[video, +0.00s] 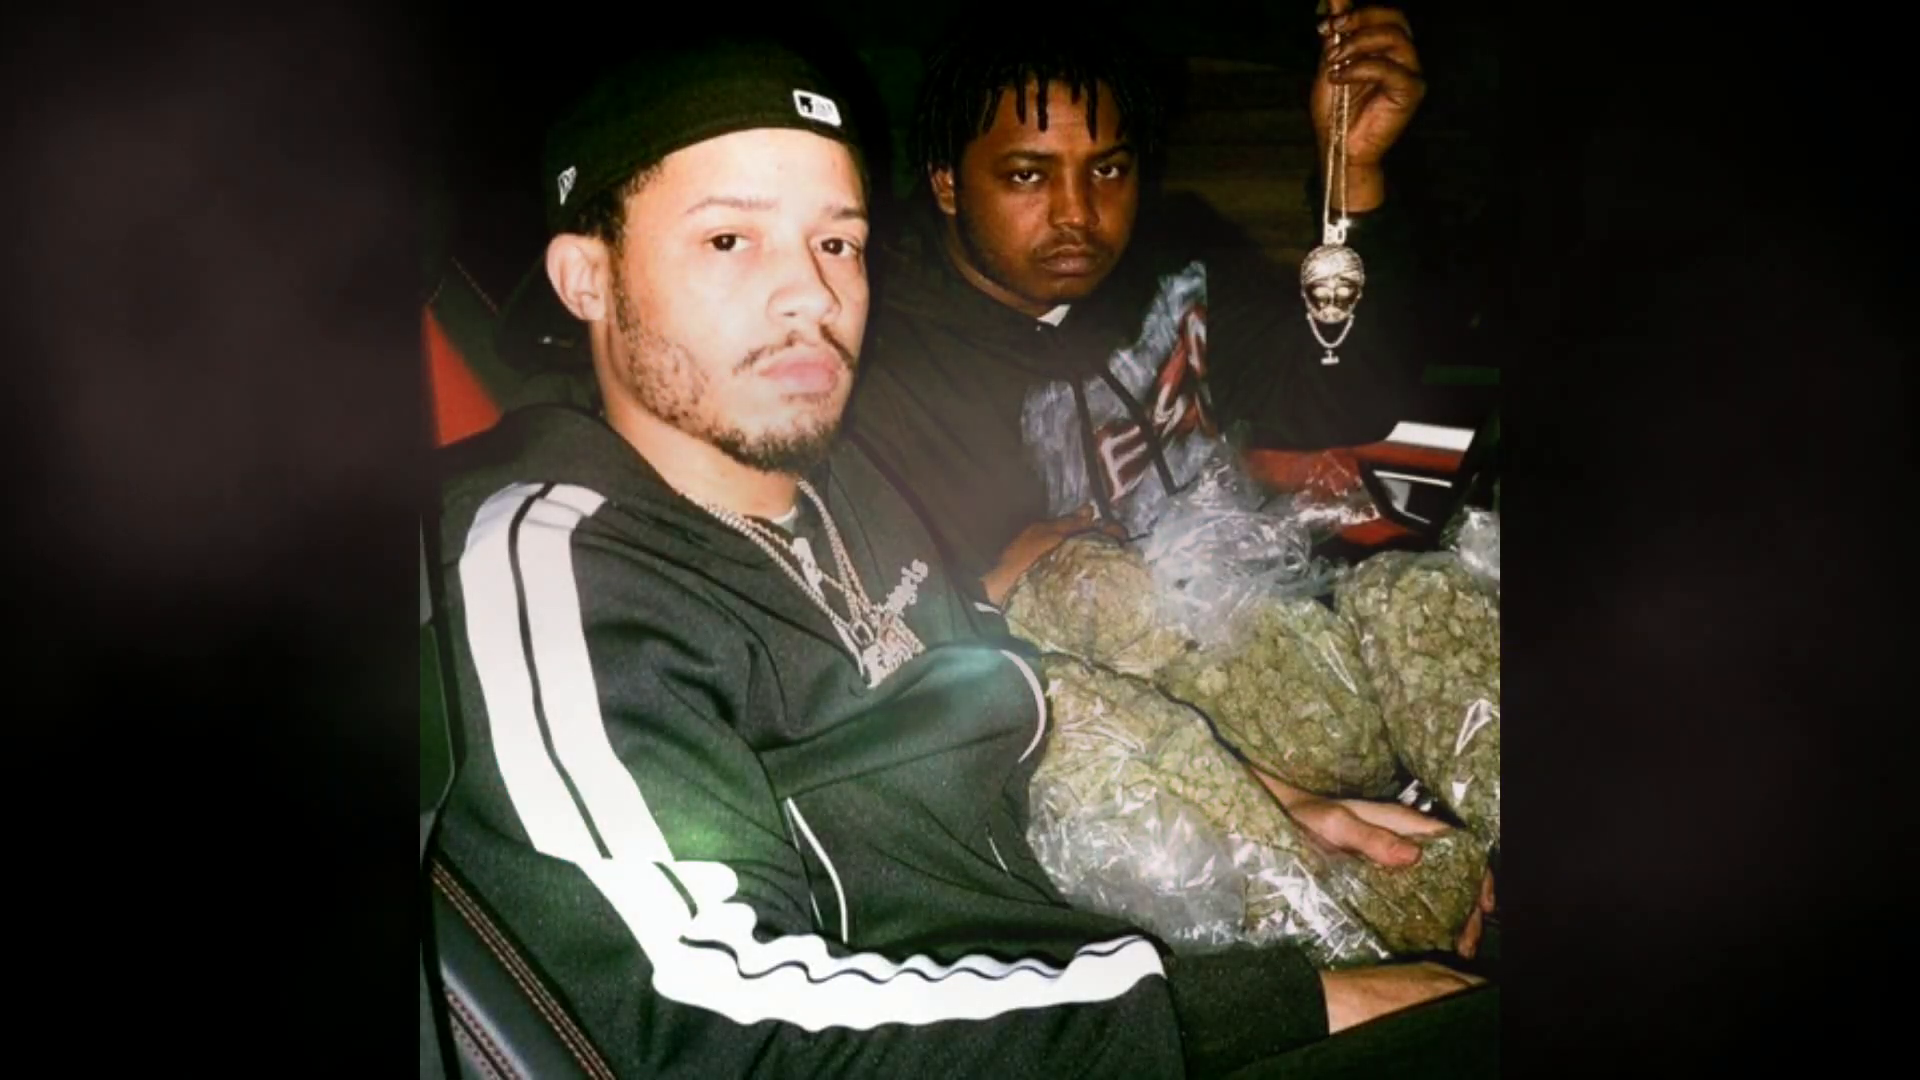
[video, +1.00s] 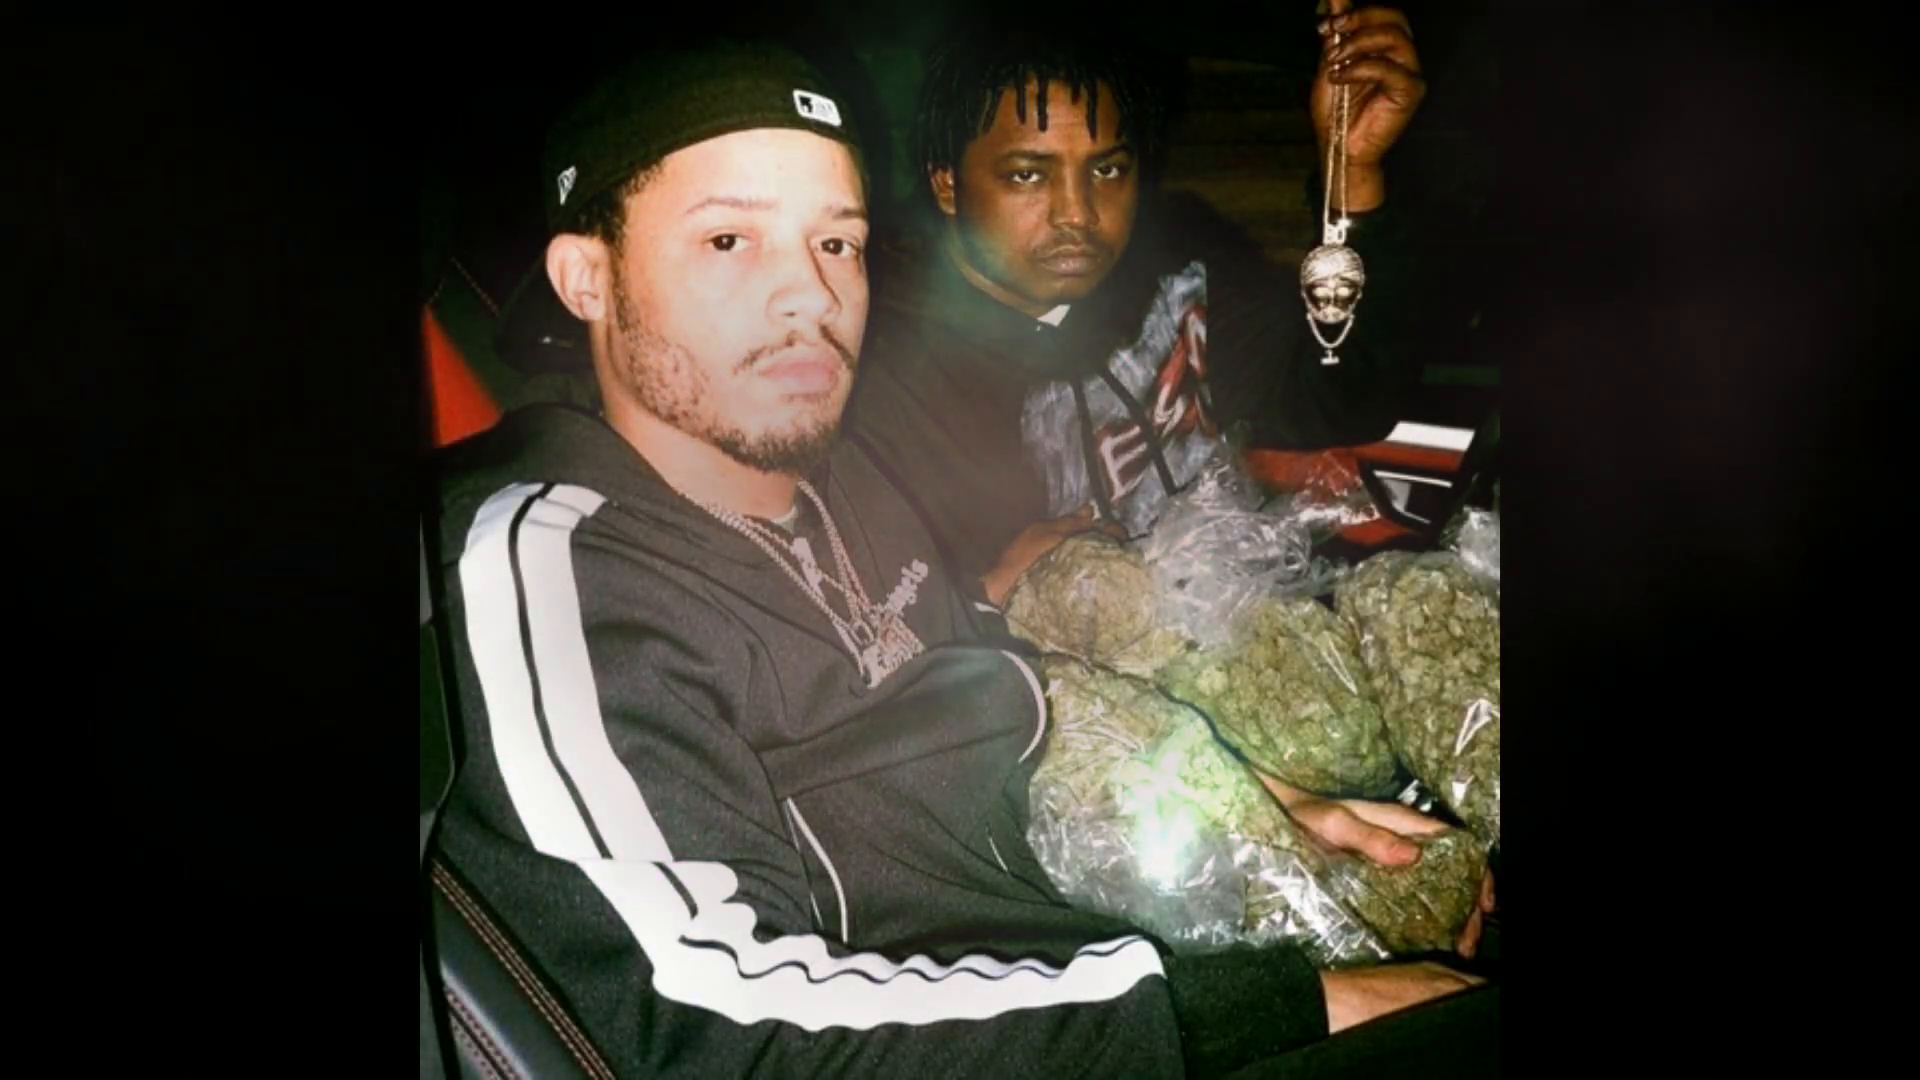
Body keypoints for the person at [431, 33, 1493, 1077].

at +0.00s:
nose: (810, 303)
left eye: (835, 249)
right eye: (728, 244)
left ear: (867, 269)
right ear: (587, 282)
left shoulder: (825, 483)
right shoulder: (535, 556)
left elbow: (1011, 753)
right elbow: (712, 1015)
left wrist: (1267, 821)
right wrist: (1280, 1006)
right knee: (1487, 1005)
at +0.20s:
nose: (811, 304)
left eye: (836, 249)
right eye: (728, 244)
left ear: (868, 270)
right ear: (587, 281)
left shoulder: (831, 481)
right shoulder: (534, 555)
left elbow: (1012, 750)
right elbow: (712, 1015)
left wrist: (1266, 822)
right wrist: (1279, 1006)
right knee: (1493, 1005)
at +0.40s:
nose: (811, 306)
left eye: (836, 250)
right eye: (728, 246)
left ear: (867, 267)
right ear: (587, 282)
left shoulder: (831, 483)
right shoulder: (535, 553)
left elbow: (1012, 750)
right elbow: (715, 1014)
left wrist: (1268, 825)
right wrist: (1279, 1006)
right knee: (1468, 1010)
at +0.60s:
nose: (811, 304)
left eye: (836, 249)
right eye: (729, 244)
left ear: (867, 269)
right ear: (588, 282)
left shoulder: (830, 488)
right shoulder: (535, 552)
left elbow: (1013, 746)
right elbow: (712, 1013)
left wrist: (1264, 826)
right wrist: (1279, 1007)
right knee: (1457, 1006)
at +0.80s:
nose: (812, 305)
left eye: (836, 250)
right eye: (729, 245)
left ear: (867, 269)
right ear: (588, 282)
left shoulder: (826, 485)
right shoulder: (535, 553)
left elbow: (1011, 746)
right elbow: (711, 1015)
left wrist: (1262, 826)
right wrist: (1276, 1007)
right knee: (1458, 1005)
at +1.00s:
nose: (812, 304)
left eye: (836, 249)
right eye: (729, 245)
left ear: (867, 269)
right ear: (589, 283)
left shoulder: (830, 480)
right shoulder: (533, 555)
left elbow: (1003, 744)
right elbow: (708, 1011)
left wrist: (1263, 832)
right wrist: (1277, 1006)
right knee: (1446, 1008)